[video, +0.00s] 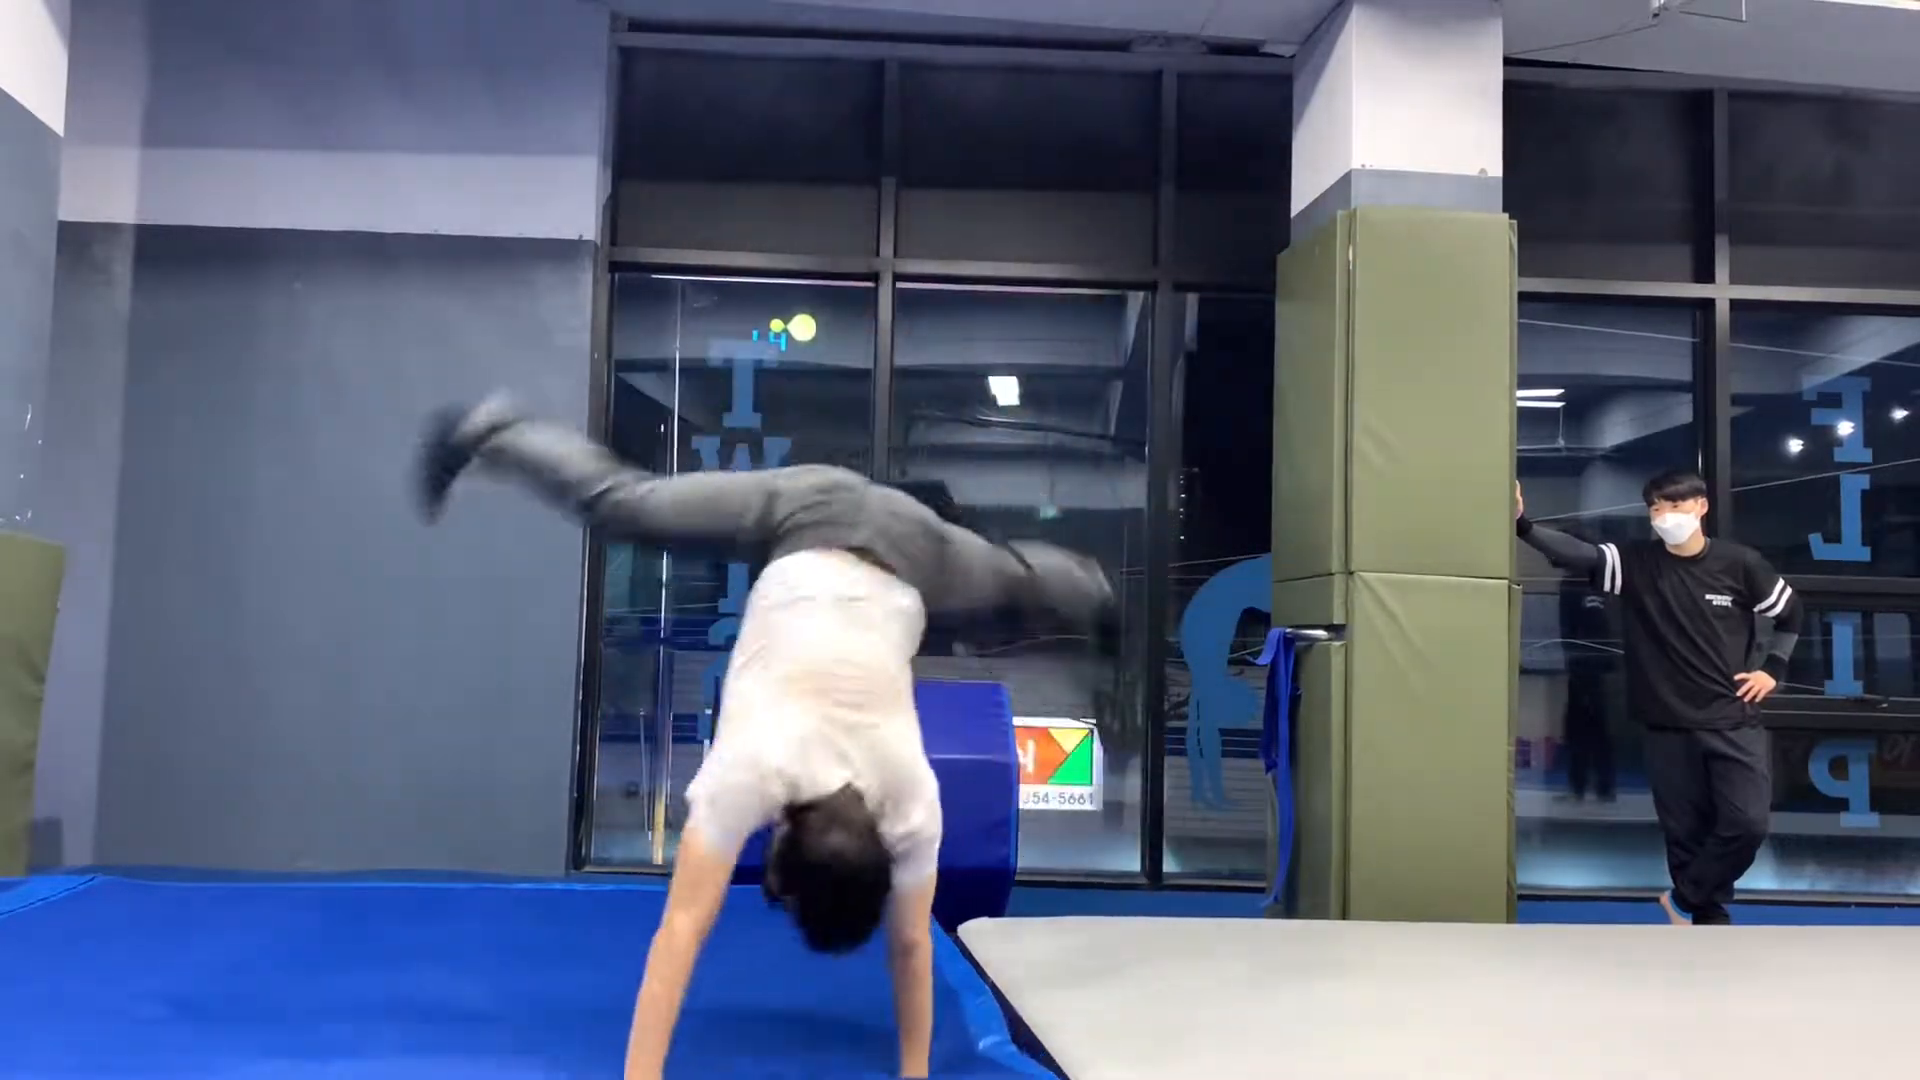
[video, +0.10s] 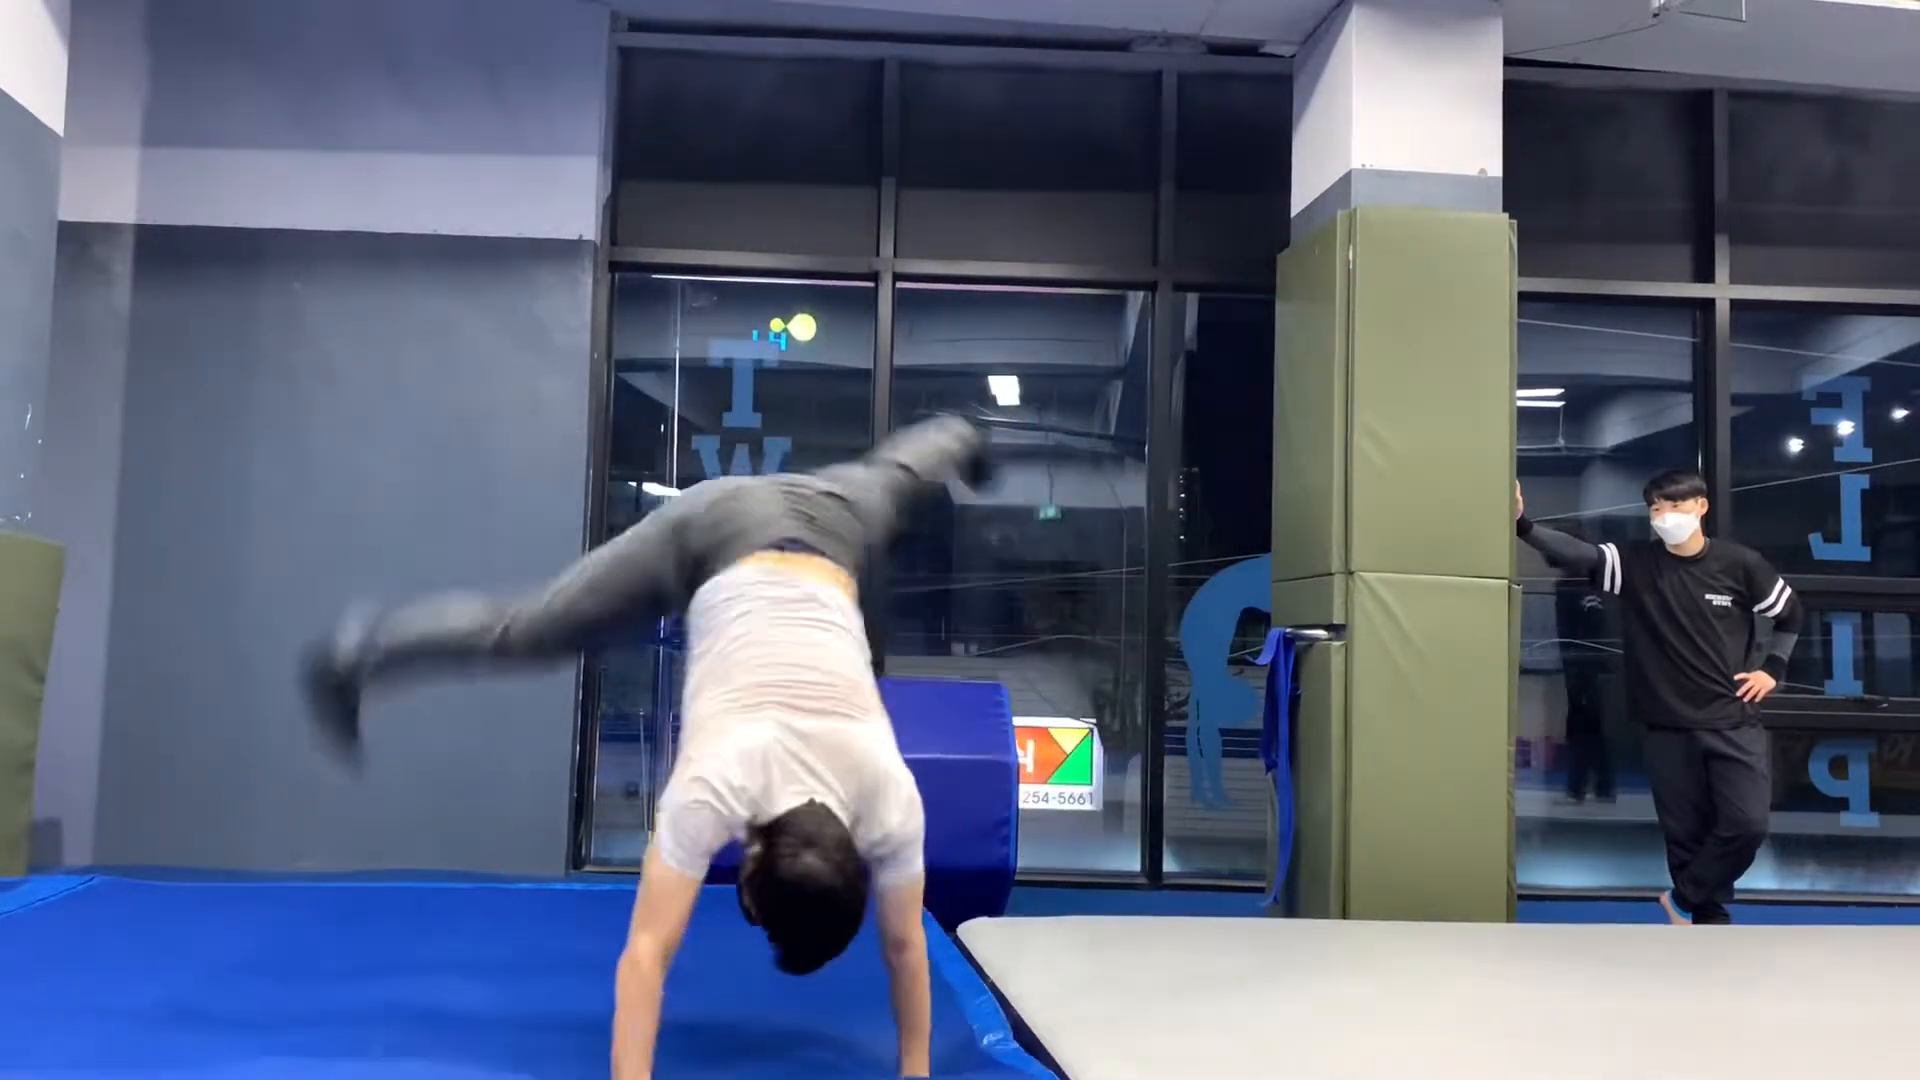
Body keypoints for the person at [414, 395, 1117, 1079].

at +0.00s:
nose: (816, 923)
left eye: (841, 920)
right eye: (802, 912)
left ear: (884, 867)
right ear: (779, 866)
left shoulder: (916, 816)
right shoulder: (738, 784)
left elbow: (913, 949)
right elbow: (680, 934)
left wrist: (914, 1071)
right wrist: (642, 1071)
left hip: (910, 541)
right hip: (802, 508)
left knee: (1021, 581)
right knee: (622, 503)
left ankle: (1086, 584)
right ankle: (487, 433)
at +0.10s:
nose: (771, 939)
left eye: (802, 944)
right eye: (765, 927)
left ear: (861, 883)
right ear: (752, 874)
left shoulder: (893, 810)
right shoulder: (703, 798)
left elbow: (907, 943)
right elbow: (647, 957)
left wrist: (918, 1069)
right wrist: (632, 1075)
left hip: (835, 520)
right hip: (726, 517)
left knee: (903, 471)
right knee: (527, 630)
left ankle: (958, 433)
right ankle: (357, 652)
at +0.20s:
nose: (753, 911)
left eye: (786, 916)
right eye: (753, 902)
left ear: (844, 846)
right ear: (736, 843)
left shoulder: (867, 787)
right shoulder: (678, 787)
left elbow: (886, 921)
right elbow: (632, 955)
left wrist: (915, 1046)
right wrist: (627, 1075)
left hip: (722, 535)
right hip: (616, 556)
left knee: (738, 426)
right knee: (522, 783)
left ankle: (766, 356)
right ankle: (396, 943)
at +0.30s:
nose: (779, 886)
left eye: (800, 877)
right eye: (770, 877)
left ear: (834, 818)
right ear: (730, 835)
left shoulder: (833, 731)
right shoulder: (649, 789)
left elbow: (917, 839)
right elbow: (613, 974)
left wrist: (970, 970)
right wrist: (619, 1079)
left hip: (600, 561)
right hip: (513, 620)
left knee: (544, 455)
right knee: (536, 856)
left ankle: (524, 375)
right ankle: (426, 1023)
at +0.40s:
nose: (787, 818)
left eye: (803, 795)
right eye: (782, 813)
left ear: (805, 736)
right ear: (738, 799)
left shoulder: (768, 661)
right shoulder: (620, 793)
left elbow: (923, 674)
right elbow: (606, 967)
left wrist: (1060, 704)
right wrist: (623, 1079)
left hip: (518, 569)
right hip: (441, 636)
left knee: (367, 537)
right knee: (490, 869)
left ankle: (224, 471)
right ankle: (420, 1038)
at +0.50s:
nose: (755, 724)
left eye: (761, 707)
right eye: (758, 723)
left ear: (735, 630)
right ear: (722, 728)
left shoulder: (709, 569)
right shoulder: (604, 750)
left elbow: (828, 466)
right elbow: (605, 915)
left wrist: (939, 404)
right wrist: (628, 1066)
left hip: (402, 542)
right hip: (382, 648)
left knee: (190, 638)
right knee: (469, 859)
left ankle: (0, 679)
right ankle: (415, 1040)